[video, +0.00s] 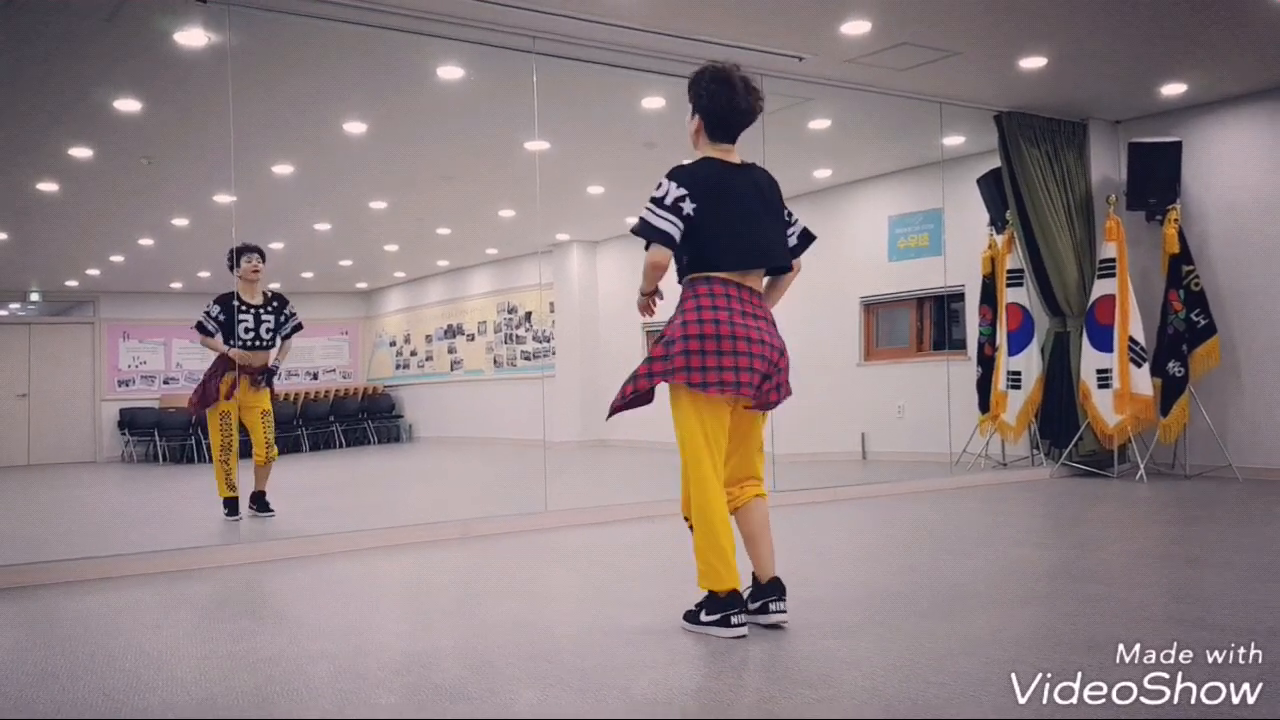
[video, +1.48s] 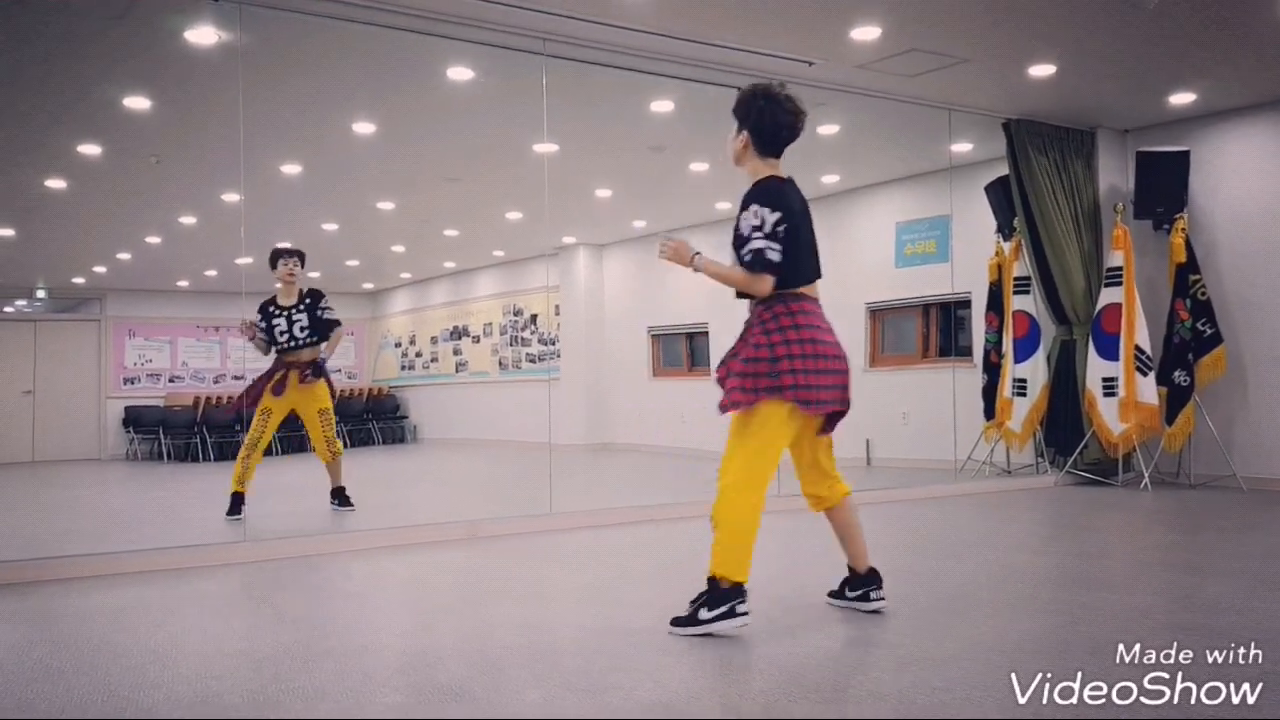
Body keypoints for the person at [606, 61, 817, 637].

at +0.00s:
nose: (687, 124)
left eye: (689, 115)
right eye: (693, 115)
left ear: (696, 122)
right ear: (744, 125)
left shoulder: (684, 179)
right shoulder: (765, 183)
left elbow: (658, 258)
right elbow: (792, 263)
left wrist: (647, 291)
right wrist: (756, 313)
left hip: (702, 320)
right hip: (756, 323)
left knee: (704, 472)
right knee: (744, 473)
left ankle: (722, 597)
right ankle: (768, 588)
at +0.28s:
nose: (691, 132)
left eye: (693, 124)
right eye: (693, 123)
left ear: (702, 130)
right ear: (749, 132)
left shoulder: (697, 188)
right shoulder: (769, 190)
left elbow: (690, 280)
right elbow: (800, 269)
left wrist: (668, 355)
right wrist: (770, 328)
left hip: (724, 340)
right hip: (775, 342)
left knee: (681, 486)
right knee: (754, 485)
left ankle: (719, 588)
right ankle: (771, 593)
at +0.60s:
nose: (692, 126)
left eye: (693, 118)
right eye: (696, 118)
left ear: (701, 122)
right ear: (747, 127)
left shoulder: (681, 174)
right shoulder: (772, 182)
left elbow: (671, 239)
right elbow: (807, 259)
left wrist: (685, 313)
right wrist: (778, 314)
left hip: (721, 332)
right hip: (784, 327)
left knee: (686, 477)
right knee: (784, 476)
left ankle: (708, 578)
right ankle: (775, 596)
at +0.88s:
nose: (687, 130)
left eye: (688, 123)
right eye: (689, 123)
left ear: (696, 125)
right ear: (744, 126)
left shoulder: (673, 182)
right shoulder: (770, 186)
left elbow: (654, 270)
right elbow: (782, 278)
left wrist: (648, 343)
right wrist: (762, 333)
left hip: (694, 334)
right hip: (760, 335)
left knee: (697, 478)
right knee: (757, 471)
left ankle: (709, 603)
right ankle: (761, 592)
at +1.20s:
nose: (686, 139)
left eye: (688, 130)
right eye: (691, 130)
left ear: (696, 137)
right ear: (741, 142)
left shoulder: (684, 189)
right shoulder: (759, 198)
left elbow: (645, 245)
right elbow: (786, 272)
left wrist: (645, 269)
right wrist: (752, 304)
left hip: (715, 341)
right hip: (775, 338)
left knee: (691, 488)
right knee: (778, 467)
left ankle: (709, 601)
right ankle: (792, 564)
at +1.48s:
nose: (730, 139)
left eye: (734, 130)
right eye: (734, 129)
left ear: (745, 138)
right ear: (781, 141)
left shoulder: (763, 197)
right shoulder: (791, 196)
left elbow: (760, 281)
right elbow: (803, 281)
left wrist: (697, 261)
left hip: (780, 343)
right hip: (812, 341)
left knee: (741, 471)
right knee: (819, 470)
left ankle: (726, 589)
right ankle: (863, 575)